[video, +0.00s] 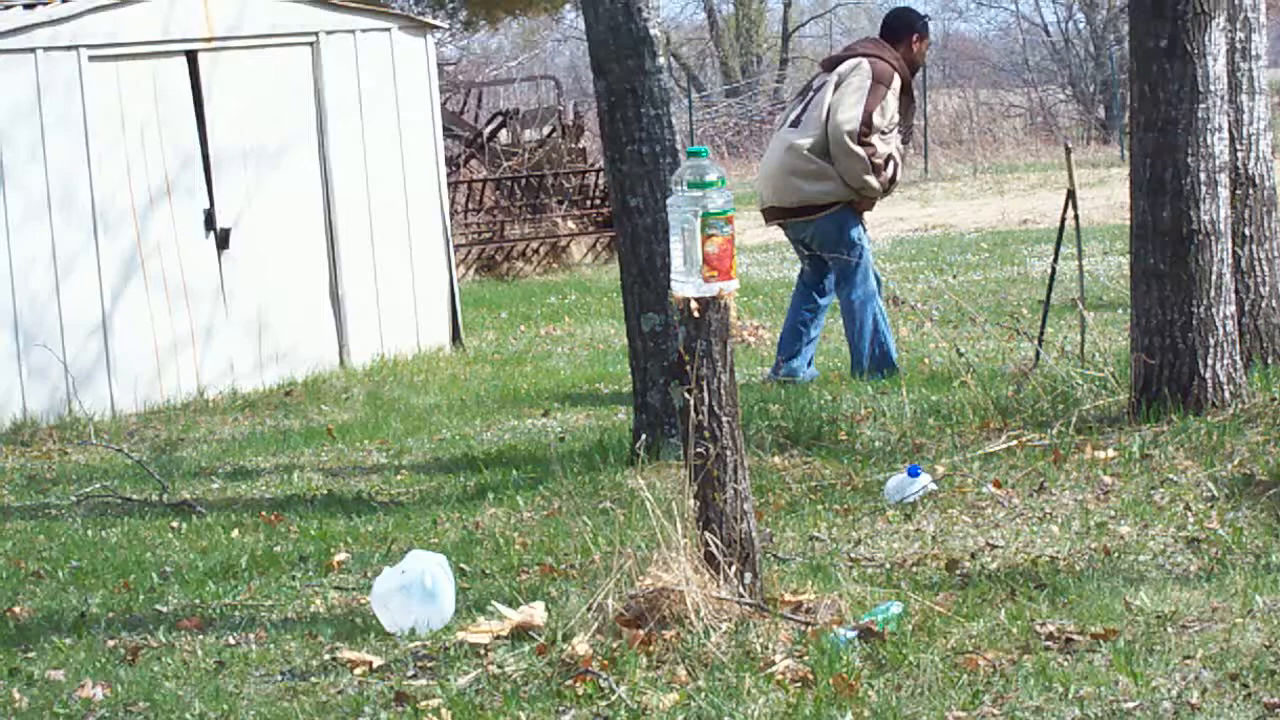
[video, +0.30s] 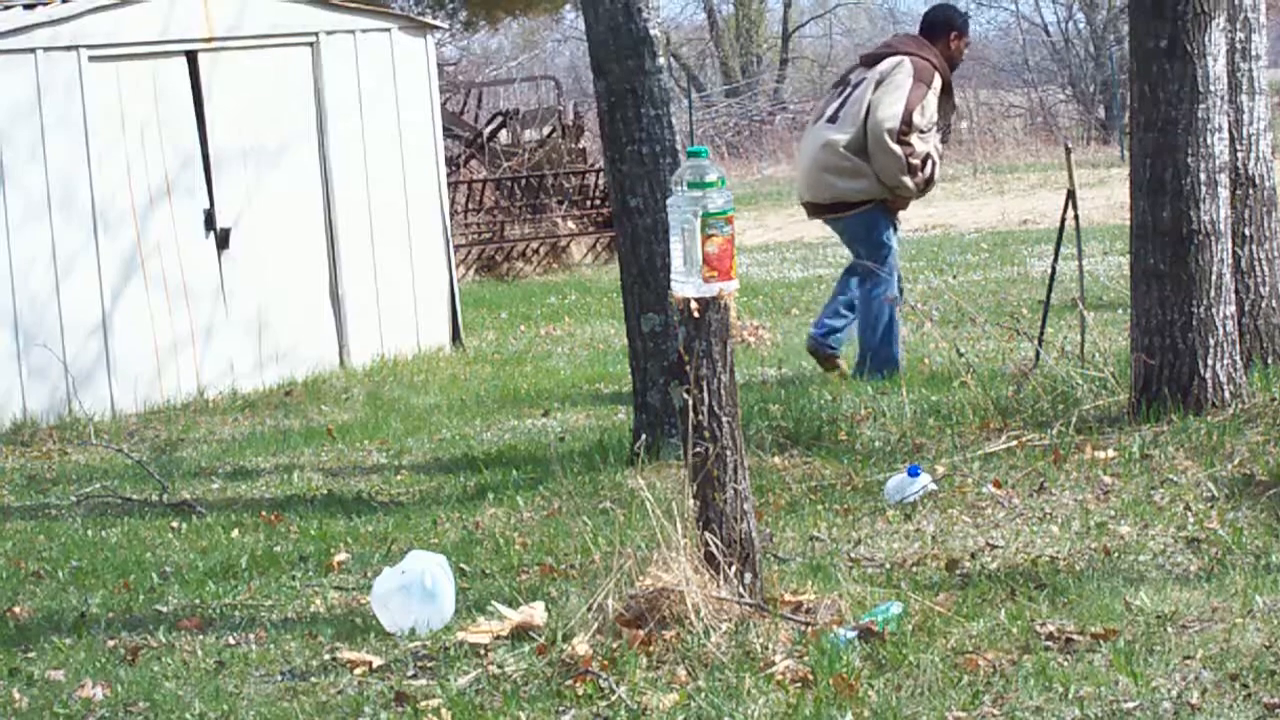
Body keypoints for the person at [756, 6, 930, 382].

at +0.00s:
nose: (926, 53)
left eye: (927, 45)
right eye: (926, 44)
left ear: (885, 36)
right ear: (913, 41)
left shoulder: (848, 63)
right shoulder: (876, 67)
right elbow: (849, 132)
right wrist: (871, 187)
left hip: (783, 189)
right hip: (815, 188)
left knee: (817, 276)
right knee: (861, 280)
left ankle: (790, 371)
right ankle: (877, 374)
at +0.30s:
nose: (964, 52)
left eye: (966, 44)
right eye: (965, 43)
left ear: (925, 33)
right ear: (952, 39)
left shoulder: (889, 58)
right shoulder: (919, 66)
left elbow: (835, 117)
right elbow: (888, 129)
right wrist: (906, 188)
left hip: (821, 176)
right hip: (847, 178)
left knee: (871, 258)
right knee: (880, 273)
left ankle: (825, 339)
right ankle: (878, 375)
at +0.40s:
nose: (976, 52)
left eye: (978, 44)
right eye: (976, 43)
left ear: (936, 32)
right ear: (963, 38)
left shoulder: (897, 55)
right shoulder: (931, 65)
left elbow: (836, 110)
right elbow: (900, 127)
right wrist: (917, 186)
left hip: (831, 172)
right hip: (858, 174)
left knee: (891, 256)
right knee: (888, 271)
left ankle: (857, 340)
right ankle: (879, 372)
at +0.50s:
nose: (988, 53)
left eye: (989, 45)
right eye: (987, 44)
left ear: (950, 34)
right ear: (972, 38)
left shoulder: (912, 56)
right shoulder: (942, 65)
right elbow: (910, 128)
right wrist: (926, 185)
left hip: (845, 172)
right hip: (866, 174)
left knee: (908, 258)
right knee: (895, 266)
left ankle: (912, 354)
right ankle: (880, 366)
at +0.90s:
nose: (1033, 57)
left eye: (1036, 49)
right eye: (1033, 47)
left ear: (1002, 37)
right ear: (1013, 39)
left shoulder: (954, 55)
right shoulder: (986, 61)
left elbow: (897, 108)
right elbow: (954, 120)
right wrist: (969, 180)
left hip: (883, 169)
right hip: (909, 168)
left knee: (939, 262)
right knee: (950, 260)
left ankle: (943, 353)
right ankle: (897, 344)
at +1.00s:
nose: (1044, 56)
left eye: (1046, 47)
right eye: (1043, 45)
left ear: (1015, 35)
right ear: (1023, 36)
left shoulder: (963, 54)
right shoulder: (995, 57)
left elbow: (908, 105)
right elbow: (962, 110)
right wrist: (982, 169)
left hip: (888, 168)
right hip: (918, 167)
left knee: (933, 256)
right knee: (976, 247)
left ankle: (946, 351)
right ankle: (925, 328)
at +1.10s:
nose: (1056, 57)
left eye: (1058, 48)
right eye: (1055, 46)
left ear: (1030, 36)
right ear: (1034, 37)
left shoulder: (975, 53)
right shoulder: (1004, 56)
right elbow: (970, 106)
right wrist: (995, 163)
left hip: (899, 168)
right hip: (931, 167)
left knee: (943, 257)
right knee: (993, 246)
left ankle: (937, 355)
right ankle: (971, 345)